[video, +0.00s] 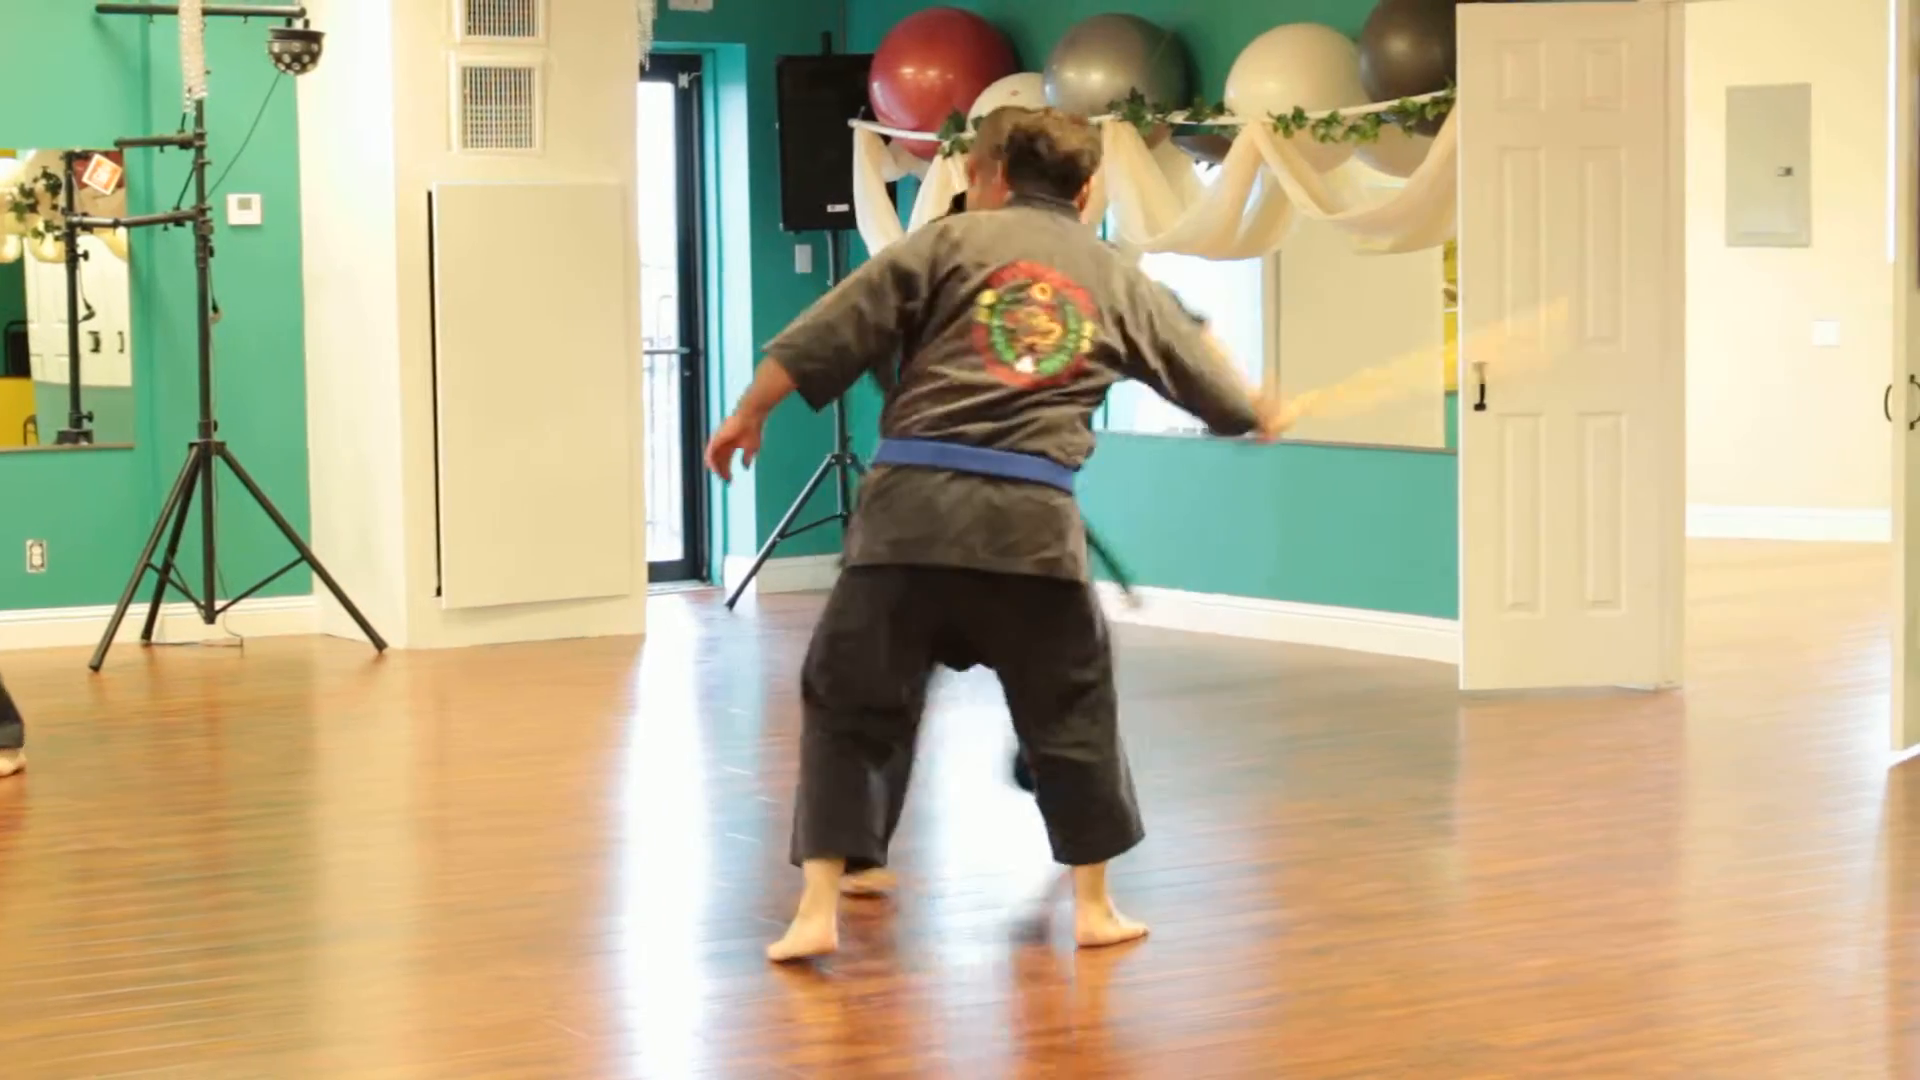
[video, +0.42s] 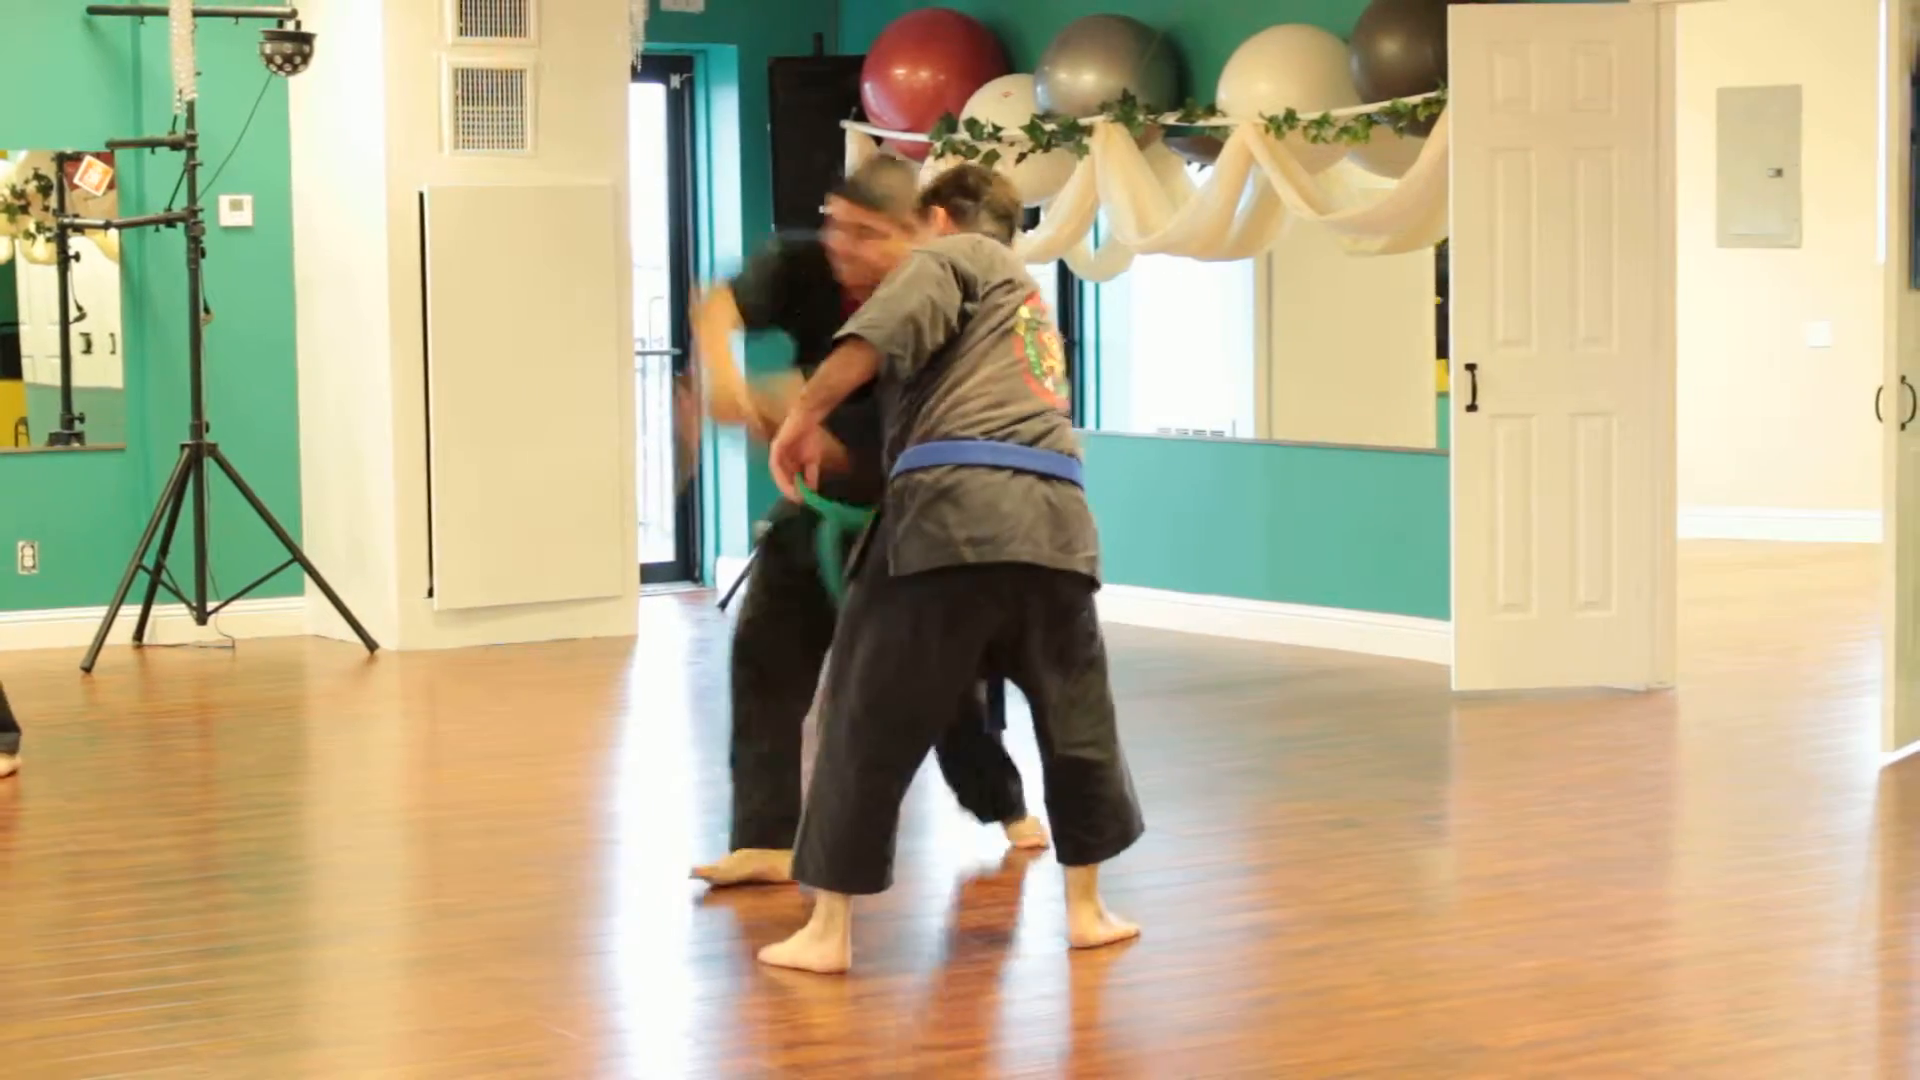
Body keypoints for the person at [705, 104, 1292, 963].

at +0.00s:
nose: (965, 185)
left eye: (971, 173)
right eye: (969, 174)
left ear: (990, 176)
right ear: (1087, 192)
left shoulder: (942, 242)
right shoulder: (1115, 275)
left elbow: (824, 333)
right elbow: (1195, 363)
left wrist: (746, 417)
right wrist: (1257, 411)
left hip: (905, 521)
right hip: (1032, 535)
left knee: (851, 701)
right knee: (1072, 706)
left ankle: (817, 908)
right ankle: (1094, 904)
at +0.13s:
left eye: (997, 182)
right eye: (1105, 202)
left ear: (1009, 183)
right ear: (1093, 204)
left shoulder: (959, 243)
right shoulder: (1107, 293)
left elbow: (844, 329)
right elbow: (1131, 433)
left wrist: (762, 413)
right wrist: (1100, 502)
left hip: (921, 515)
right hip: (1045, 531)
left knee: (864, 710)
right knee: (1082, 708)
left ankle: (823, 915)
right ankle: (1092, 906)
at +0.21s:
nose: (1099, 223)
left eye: (989, 195)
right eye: (1097, 213)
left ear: (1002, 195)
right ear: (1082, 213)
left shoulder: (965, 252)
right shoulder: (1089, 303)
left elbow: (849, 333)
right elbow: (1084, 418)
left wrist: (778, 412)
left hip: (935, 521)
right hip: (1054, 533)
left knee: (868, 715)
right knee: (1086, 712)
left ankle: (825, 917)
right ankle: (1091, 904)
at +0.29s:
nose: (959, 229)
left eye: (963, 217)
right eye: (963, 219)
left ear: (981, 215)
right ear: (1048, 227)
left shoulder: (955, 258)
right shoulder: (1065, 301)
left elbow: (864, 336)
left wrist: (793, 415)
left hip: (945, 527)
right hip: (1061, 538)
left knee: (866, 719)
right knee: (1085, 714)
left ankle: (827, 919)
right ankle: (1090, 905)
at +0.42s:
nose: (913, 241)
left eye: (919, 226)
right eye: (915, 229)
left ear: (943, 214)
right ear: (1001, 223)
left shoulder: (947, 259)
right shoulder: (1028, 294)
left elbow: (877, 338)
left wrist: (804, 412)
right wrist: (845, 462)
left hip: (949, 525)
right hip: (1056, 533)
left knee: (866, 719)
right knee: (1077, 714)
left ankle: (827, 927)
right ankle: (1087, 908)